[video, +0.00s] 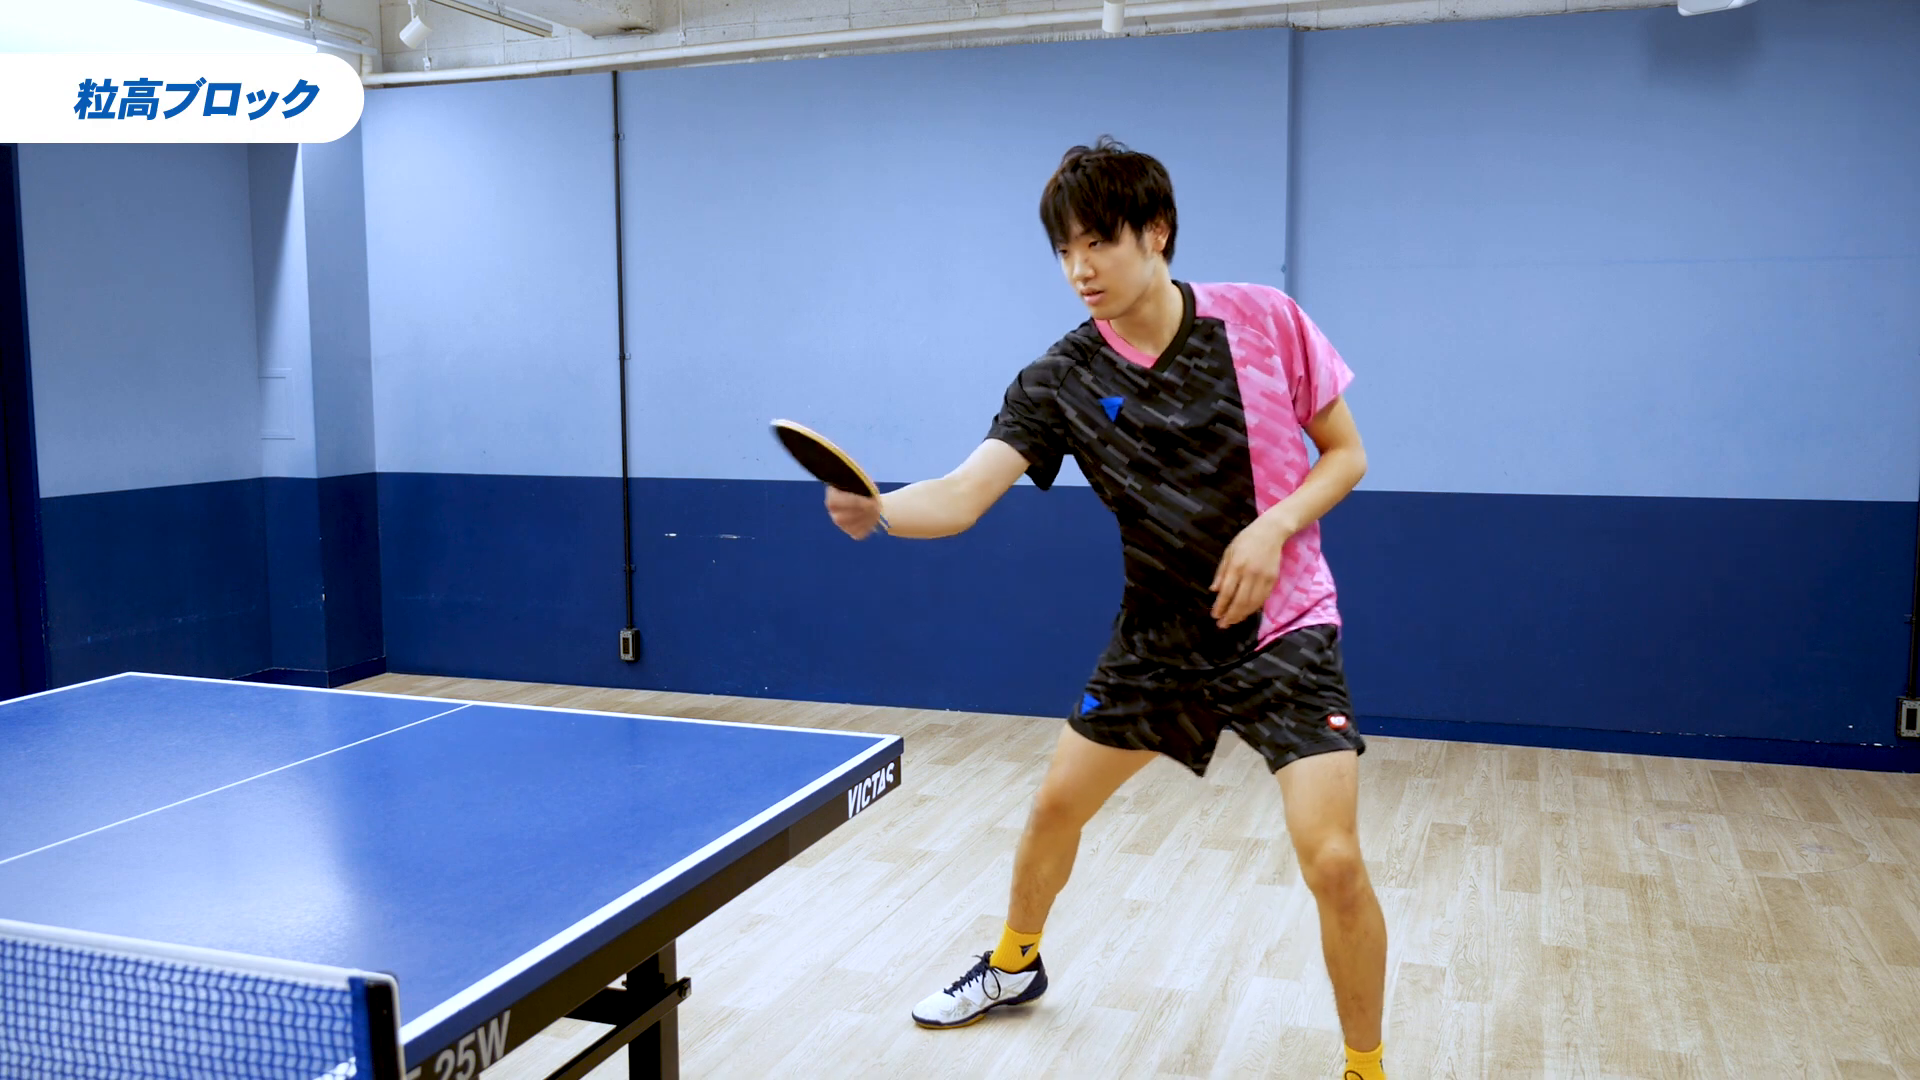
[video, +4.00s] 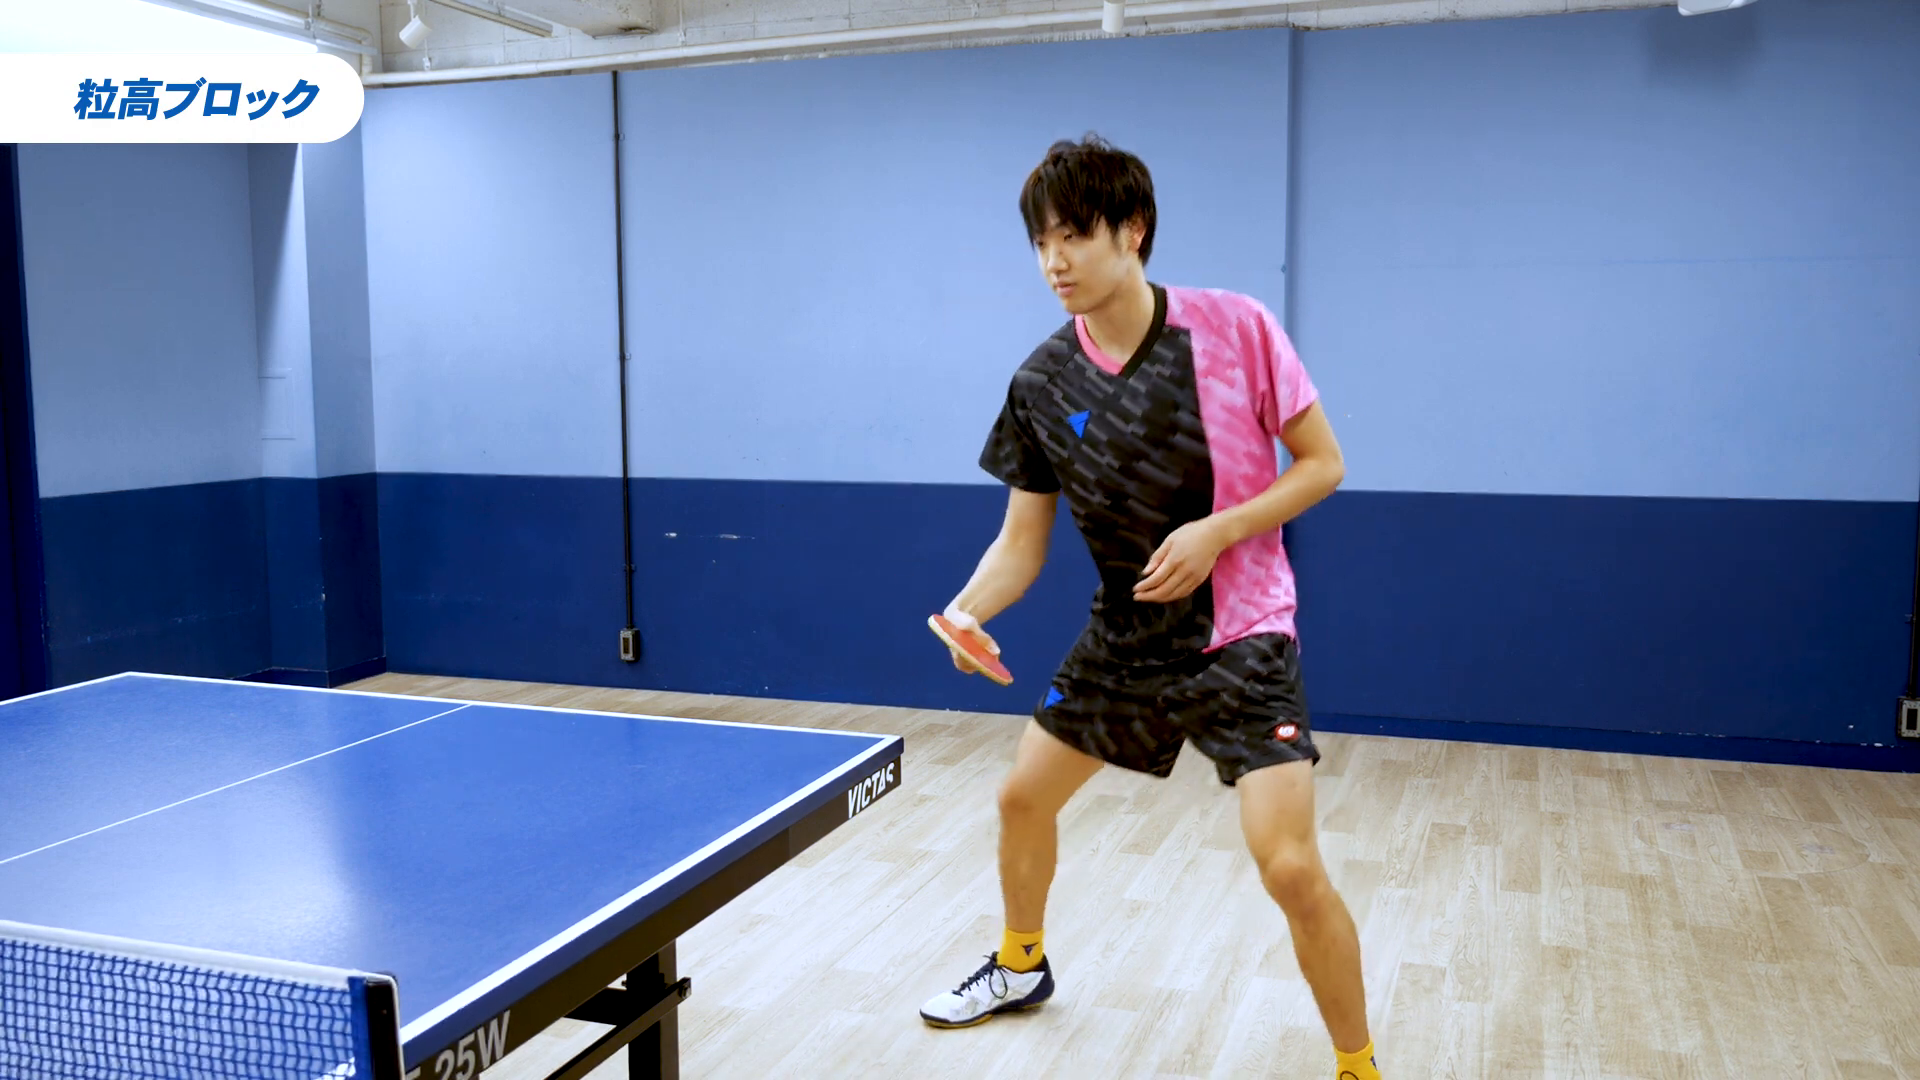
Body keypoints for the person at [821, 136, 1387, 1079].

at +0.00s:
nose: (1080, 266)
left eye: (1098, 240)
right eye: (1065, 246)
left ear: (1157, 235)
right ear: (1057, 256)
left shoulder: (1264, 320)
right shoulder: (1063, 378)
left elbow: (1346, 454)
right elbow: (961, 495)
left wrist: (1273, 529)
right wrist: (881, 510)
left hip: (1285, 625)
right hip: (1162, 626)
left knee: (1336, 866)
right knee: (1057, 803)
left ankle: (1366, 1067)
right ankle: (1013, 966)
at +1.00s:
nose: (1039, 334)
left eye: (1053, 306)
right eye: (1024, 317)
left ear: (1109, 285)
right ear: (1015, 319)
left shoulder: (1229, 333)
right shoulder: (1045, 422)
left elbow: (1329, 452)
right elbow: (1016, 580)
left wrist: (1241, 542)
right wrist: (965, 596)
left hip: (1271, 624)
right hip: (1153, 630)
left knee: (1309, 855)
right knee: (1051, 798)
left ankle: (1363, 1065)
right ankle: (1016, 967)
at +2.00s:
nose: (1023, 380)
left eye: (1036, 353)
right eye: (1010, 362)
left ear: (1094, 332)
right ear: (1007, 362)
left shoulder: (1214, 399)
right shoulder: (1056, 451)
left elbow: (1317, 529)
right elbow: (1057, 578)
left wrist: (1195, 609)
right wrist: (1013, 620)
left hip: (1257, 667)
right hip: (1151, 669)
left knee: (1257, 893)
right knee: (1011, 813)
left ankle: (1357, 1069)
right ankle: (1023, 973)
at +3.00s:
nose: (992, 278)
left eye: (1009, 255)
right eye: (981, 261)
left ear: (1067, 249)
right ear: (981, 268)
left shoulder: (1168, 339)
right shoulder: (1026, 385)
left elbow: (1260, 475)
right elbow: (1054, 521)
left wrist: (1130, 539)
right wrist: (995, 599)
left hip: (1213, 634)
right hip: (1110, 635)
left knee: (1255, 859)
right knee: (1013, 793)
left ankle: (1354, 1064)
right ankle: (1024, 971)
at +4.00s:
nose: (1055, 258)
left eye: (1074, 235)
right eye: (1043, 240)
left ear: (1132, 233)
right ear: (1034, 249)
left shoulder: (1235, 327)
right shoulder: (1044, 381)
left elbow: (1323, 464)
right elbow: (1022, 536)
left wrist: (1219, 531)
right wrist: (967, 607)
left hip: (1242, 630)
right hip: (1127, 630)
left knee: (1291, 870)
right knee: (1024, 797)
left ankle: (1357, 1066)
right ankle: (1020, 964)